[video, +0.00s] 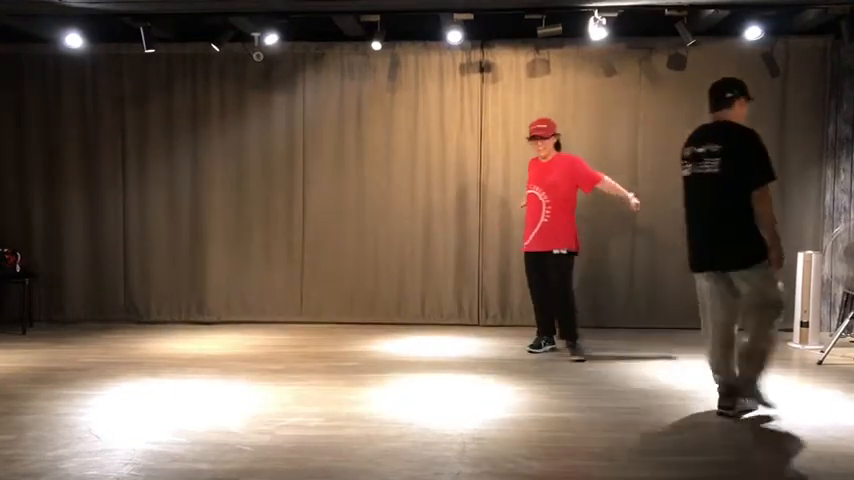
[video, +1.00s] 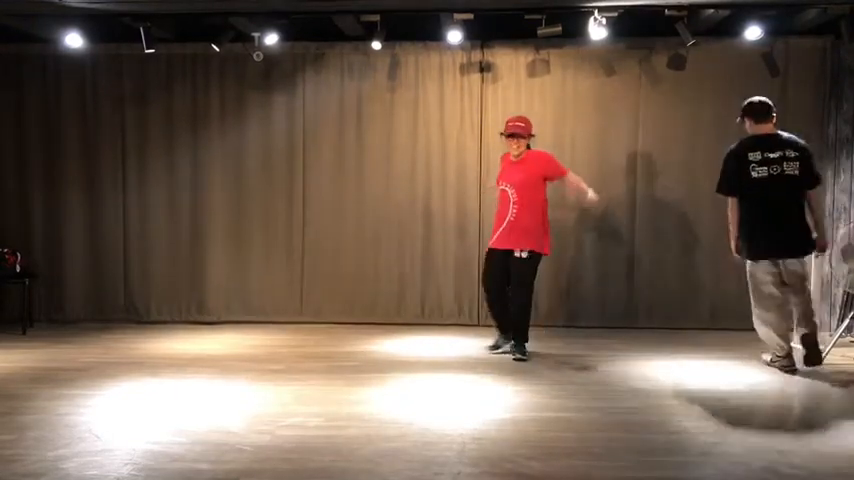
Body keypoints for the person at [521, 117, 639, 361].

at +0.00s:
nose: (539, 144)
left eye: (543, 139)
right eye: (535, 140)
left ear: (555, 139)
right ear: (531, 142)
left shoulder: (570, 163)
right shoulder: (533, 166)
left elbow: (599, 180)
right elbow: (540, 190)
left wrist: (627, 195)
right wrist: (528, 200)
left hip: (560, 242)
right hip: (533, 242)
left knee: (561, 292)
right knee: (539, 293)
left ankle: (571, 341)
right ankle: (545, 337)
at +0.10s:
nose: (531, 149)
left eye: (535, 144)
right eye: (528, 145)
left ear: (547, 142)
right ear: (525, 146)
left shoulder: (564, 166)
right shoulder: (528, 169)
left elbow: (591, 187)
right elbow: (522, 196)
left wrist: (613, 203)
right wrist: (506, 215)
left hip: (558, 242)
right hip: (532, 242)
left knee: (550, 290)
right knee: (536, 290)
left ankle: (549, 341)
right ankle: (542, 335)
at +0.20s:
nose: (530, 151)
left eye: (534, 146)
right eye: (526, 147)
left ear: (547, 143)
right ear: (523, 147)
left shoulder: (561, 166)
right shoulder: (527, 172)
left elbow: (562, 193)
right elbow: (511, 200)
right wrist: (491, 221)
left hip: (554, 239)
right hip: (532, 239)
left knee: (541, 290)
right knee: (536, 290)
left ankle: (531, 334)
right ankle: (542, 336)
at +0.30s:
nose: (532, 152)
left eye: (536, 146)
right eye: (527, 147)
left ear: (548, 143)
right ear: (523, 146)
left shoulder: (557, 166)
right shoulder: (524, 170)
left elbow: (536, 184)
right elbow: (516, 193)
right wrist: (507, 197)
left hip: (552, 236)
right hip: (530, 236)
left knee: (533, 285)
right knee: (538, 287)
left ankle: (516, 332)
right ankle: (546, 336)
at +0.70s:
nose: (526, 141)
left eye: (531, 137)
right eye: (523, 137)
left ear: (541, 140)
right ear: (518, 139)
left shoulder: (545, 164)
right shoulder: (514, 164)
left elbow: (526, 193)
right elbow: (495, 191)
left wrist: (494, 205)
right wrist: (482, 210)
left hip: (537, 242)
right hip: (513, 241)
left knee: (524, 290)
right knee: (523, 290)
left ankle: (519, 341)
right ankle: (543, 333)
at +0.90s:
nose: (514, 140)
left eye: (519, 136)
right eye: (511, 136)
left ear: (529, 140)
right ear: (507, 140)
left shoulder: (542, 161)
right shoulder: (509, 163)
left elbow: (571, 173)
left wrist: (593, 183)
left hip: (529, 241)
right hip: (504, 239)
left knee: (521, 291)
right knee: (495, 285)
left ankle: (519, 342)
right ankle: (526, 326)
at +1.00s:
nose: (515, 142)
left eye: (520, 137)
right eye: (511, 137)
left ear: (528, 139)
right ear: (505, 140)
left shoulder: (541, 160)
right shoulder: (505, 161)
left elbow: (568, 176)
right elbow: (505, 188)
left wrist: (587, 191)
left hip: (528, 238)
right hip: (502, 236)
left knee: (520, 290)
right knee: (492, 284)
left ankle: (519, 343)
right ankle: (506, 333)